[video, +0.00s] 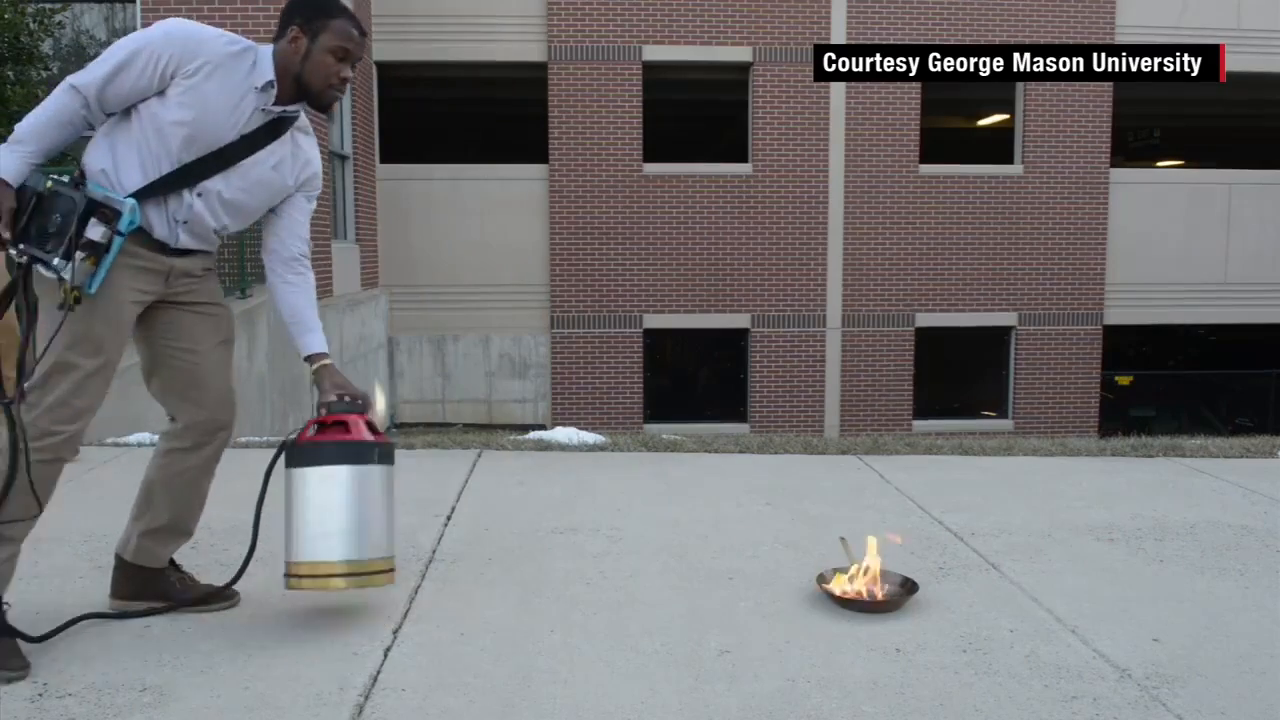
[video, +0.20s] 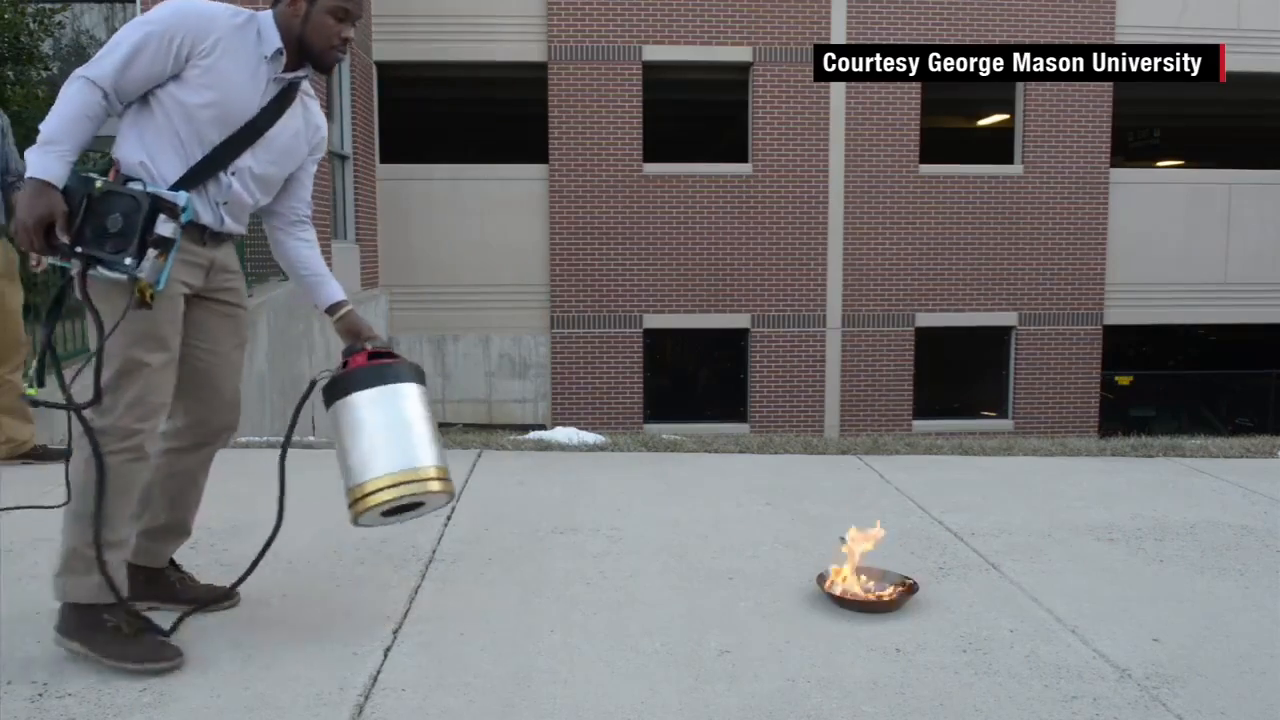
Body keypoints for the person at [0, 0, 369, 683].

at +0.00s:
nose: (349, 76)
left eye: (357, 65)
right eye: (341, 57)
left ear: (348, 68)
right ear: (293, 40)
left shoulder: (302, 163)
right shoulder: (189, 48)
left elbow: (289, 265)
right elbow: (82, 95)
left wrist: (322, 363)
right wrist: (9, 172)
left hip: (189, 271)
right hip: (104, 246)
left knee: (207, 416)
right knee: (50, 427)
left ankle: (144, 570)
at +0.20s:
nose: (350, 35)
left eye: (356, 23)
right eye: (340, 17)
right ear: (293, 6)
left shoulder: (307, 124)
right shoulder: (205, 26)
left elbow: (291, 227)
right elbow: (97, 83)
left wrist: (342, 311)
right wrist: (43, 176)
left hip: (215, 261)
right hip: (139, 241)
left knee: (207, 415)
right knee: (127, 418)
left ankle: (147, 566)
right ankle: (87, 601)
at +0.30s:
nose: (354, 23)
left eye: (359, 12)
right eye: (344, 7)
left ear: (322, 14)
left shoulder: (312, 110)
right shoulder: (207, 20)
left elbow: (295, 214)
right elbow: (104, 83)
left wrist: (348, 288)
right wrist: (63, 180)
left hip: (228, 258)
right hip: (157, 245)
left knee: (215, 419)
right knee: (166, 417)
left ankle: (155, 570)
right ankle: (154, 604)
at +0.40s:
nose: (357, 10)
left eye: (359, 3)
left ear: (333, 8)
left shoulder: (322, 92)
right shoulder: (213, 16)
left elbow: (309, 199)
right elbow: (114, 93)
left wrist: (374, 275)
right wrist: (97, 195)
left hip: (252, 255)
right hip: (187, 246)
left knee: (216, 411)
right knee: (225, 418)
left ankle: (142, 562)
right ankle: (262, 598)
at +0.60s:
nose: (368, 7)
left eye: (370, 1)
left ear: (349, 7)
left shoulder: (349, 76)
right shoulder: (235, 16)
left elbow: (345, 187)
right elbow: (152, 110)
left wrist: (411, 258)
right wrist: (161, 214)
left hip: (296, 263)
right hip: (246, 255)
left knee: (252, 424)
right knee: (298, 431)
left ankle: (155, 550)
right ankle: (331, 603)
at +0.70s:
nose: (391, 4)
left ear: (382, 6)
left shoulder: (374, 69)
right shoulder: (262, 16)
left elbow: (377, 183)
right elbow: (190, 119)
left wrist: (447, 259)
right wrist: (208, 224)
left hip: (357, 264)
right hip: (294, 259)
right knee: (348, 426)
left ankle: (229, 504)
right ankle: (337, 606)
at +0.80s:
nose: (411, 1)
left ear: (397, 4)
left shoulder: (392, 68)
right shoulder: (282, 14)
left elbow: (400, 180)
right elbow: (213, 118)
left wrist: (470, 259)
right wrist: (234, 224)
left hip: (380, 259)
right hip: (320, 256)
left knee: (420, 399)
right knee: (360, 432)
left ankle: (292, 501)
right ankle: (337, 607)